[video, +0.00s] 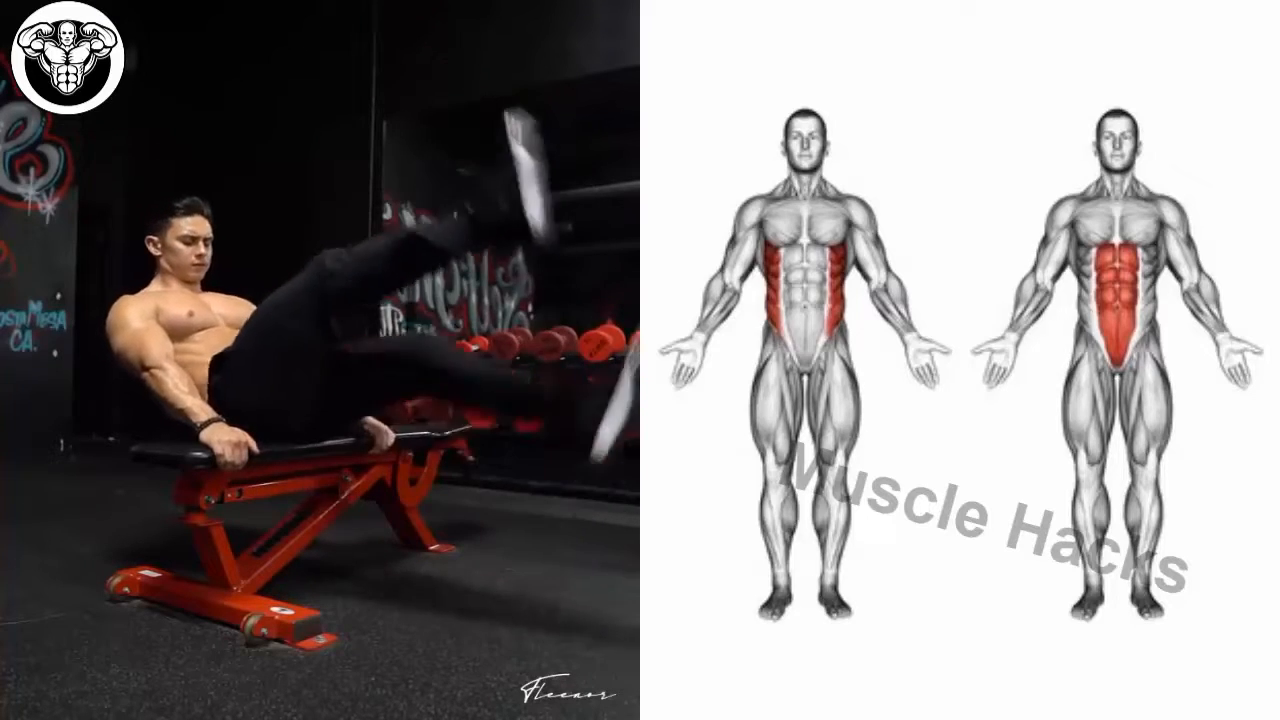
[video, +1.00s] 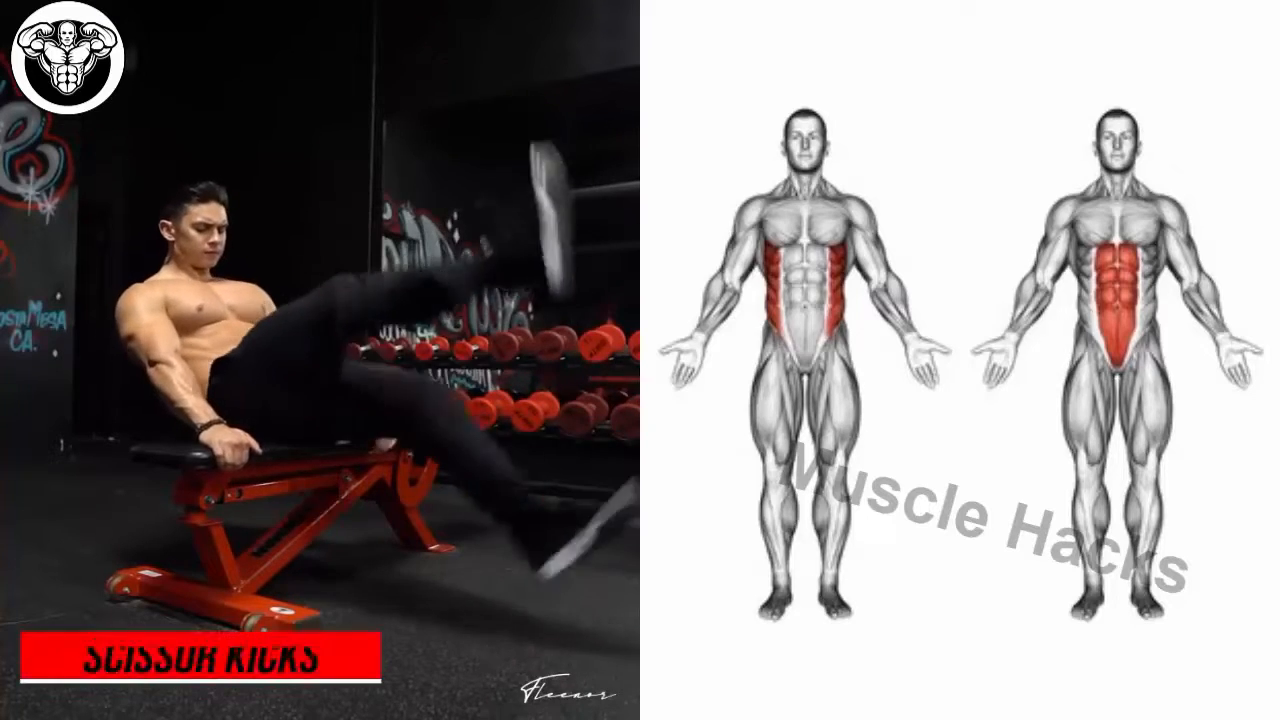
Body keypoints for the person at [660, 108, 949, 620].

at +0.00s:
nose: (805, 146)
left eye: (812, 138)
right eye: (797, 138)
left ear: (825, 146)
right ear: (785, 146)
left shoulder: (852, 211)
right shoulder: (758, 211)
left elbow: (881, 281)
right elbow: (729, 281)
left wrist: (910, 337)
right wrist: (700, 336)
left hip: (832, 355)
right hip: (777, 355)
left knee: (834, 467)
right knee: (777, 469)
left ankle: (830, 584)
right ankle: (780, 585)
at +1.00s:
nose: (804, 146)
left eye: (812, 138)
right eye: (797, 138)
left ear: (825, 145)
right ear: (785, 145)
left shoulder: (852, 211)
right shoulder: (758, 211)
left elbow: (881, 281)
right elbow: (729, 281)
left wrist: (910, 336)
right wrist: (700, 336)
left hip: (832, 355)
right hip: (777, 355)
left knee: (834, 468)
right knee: (777, 469)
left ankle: (830, 584)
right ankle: (780, 585)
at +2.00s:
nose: (804, 145)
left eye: (812, 138)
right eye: (797, 138)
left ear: (825, 146)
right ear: (785, 145)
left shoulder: (852, 211)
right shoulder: (758, 211)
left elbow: (881, 282)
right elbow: (729, 281)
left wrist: (910, 336)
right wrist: (700, 336)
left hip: (832, 355)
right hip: (777, 355)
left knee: (834, 467)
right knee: (777, 469)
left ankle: (830, 584)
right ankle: (780, 585)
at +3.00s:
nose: (805, 146)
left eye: (812, 138)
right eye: (797, 138)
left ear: (825, 145)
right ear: (785, 145)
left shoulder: (852, 211)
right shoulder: (758, 211)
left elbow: (881, 281)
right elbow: (729, 282)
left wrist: (910, 336)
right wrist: (700, 336)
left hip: (832, 356)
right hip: (777, 355)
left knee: (834, 467)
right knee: (777, 469)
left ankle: (830, 584)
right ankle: (780, 585)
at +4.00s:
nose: (804, 146)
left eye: (812, 138)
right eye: (797, 138)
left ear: (825, 145)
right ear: (785, 145)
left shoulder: (851, 211)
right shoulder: (758, 211)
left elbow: (881, 281)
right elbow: (729, 281)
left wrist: (909, 336)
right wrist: (700, 336)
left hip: (832, 356)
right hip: (777, 355)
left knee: (834, 467)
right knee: (776, 469)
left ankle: (830, 584)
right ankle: (780, 585)